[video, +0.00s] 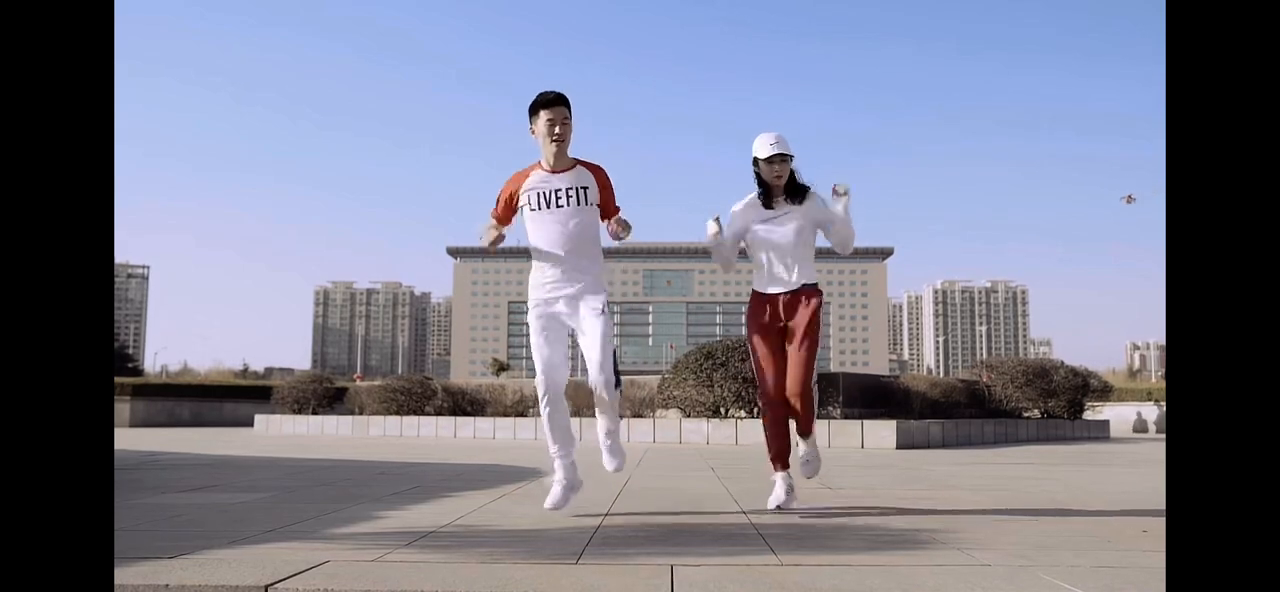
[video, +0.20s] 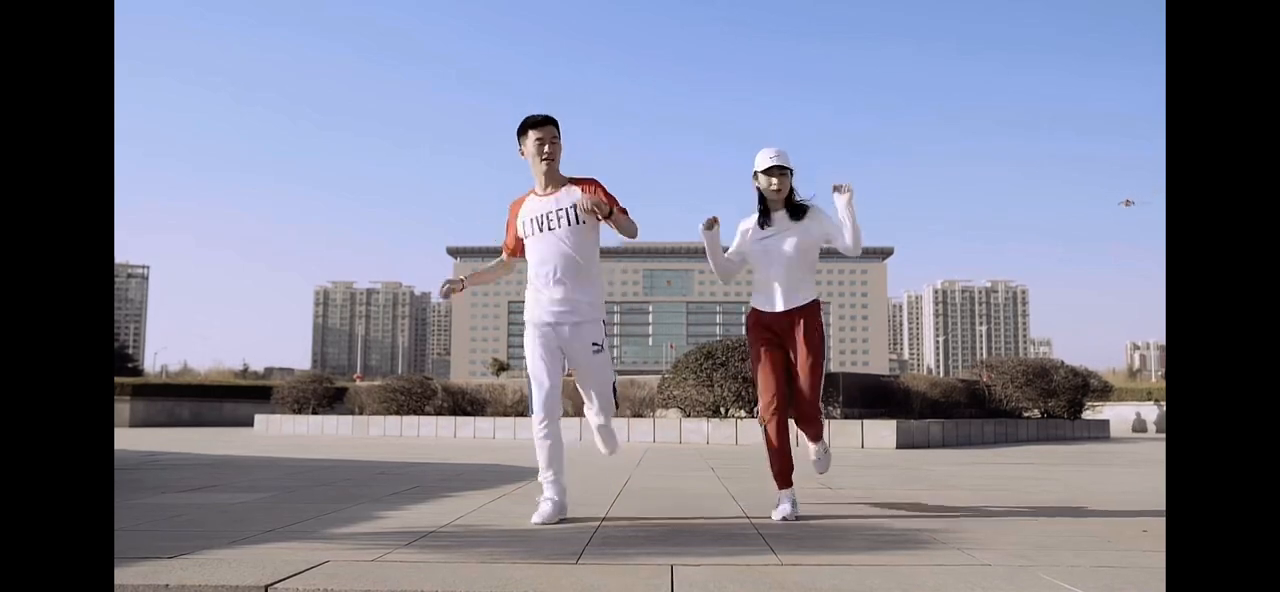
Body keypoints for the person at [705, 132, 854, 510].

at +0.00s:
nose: (778, 167)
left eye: (783, 160)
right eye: (770, 161)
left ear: (792, 162)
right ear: (757, 166)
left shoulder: (810, 202)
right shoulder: (745, 210)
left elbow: (844, 245)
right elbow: (727, 263)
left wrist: (842, 209)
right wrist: (716, 241)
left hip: (804, 299)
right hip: (763, 302)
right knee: (770, 393)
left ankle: (806, 439)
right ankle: (780, 477)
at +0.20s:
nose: (776, 179)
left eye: (782, 173)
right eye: (768, 173)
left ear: (791, 178)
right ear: (757, 180)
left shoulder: (812, 216)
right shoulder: (750, 226)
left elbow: (851, 248)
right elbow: (726, 271)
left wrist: (845, 205)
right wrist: (711, 238)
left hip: (804, 316)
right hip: (763, 319)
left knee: (805, 399)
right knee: (771, 406)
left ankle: (815, 440)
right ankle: (784, 495)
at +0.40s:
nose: (785, 182)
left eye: (792, 175)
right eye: (779, 175)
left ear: (802, 179)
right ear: (768, 179)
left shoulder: (817, 216)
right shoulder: (758, 218)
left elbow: (837, 224)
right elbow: (741, 233)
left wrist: (845, 212)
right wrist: (736, 226)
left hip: (809, 308)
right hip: (767, 313)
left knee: (787, 343)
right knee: (777, 406)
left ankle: (804, 427)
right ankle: (790, 486)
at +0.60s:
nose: (794, 174)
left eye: (801, 168)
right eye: (788, 167)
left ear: (811, 173)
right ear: (776, 170)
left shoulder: (823, 214)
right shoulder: (757, 211)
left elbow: (835, 267)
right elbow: (739, 266)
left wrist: (840, 317)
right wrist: (728, 315)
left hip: (812, 303)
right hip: (771, 305)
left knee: (790, 374)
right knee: (774, 389)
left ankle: (794, 459)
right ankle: (789, 481)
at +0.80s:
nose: (799, 181)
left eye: (806, 176)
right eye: (792, 174)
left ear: (815, 183)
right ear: (782, 180)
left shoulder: (828, 228)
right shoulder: (759, 223)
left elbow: (829, 274)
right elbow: (747, 266)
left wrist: (825, 313)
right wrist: (738, 281)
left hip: (814, 324)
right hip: (772, 324)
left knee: (802, 405)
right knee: (778, 406)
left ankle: (800, 487)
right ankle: (790, 480)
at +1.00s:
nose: (798, 190)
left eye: (805, 183)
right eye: (792, 183)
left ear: (817, 185)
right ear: (784, 184)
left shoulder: (831, 224)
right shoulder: (766, 222)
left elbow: (844, 245)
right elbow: (750, 258)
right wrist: (746, 284)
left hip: (814, 314)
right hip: (773, 310)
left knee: (805, 407)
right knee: (780, 338)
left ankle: (799, 488)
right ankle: (776, 419)